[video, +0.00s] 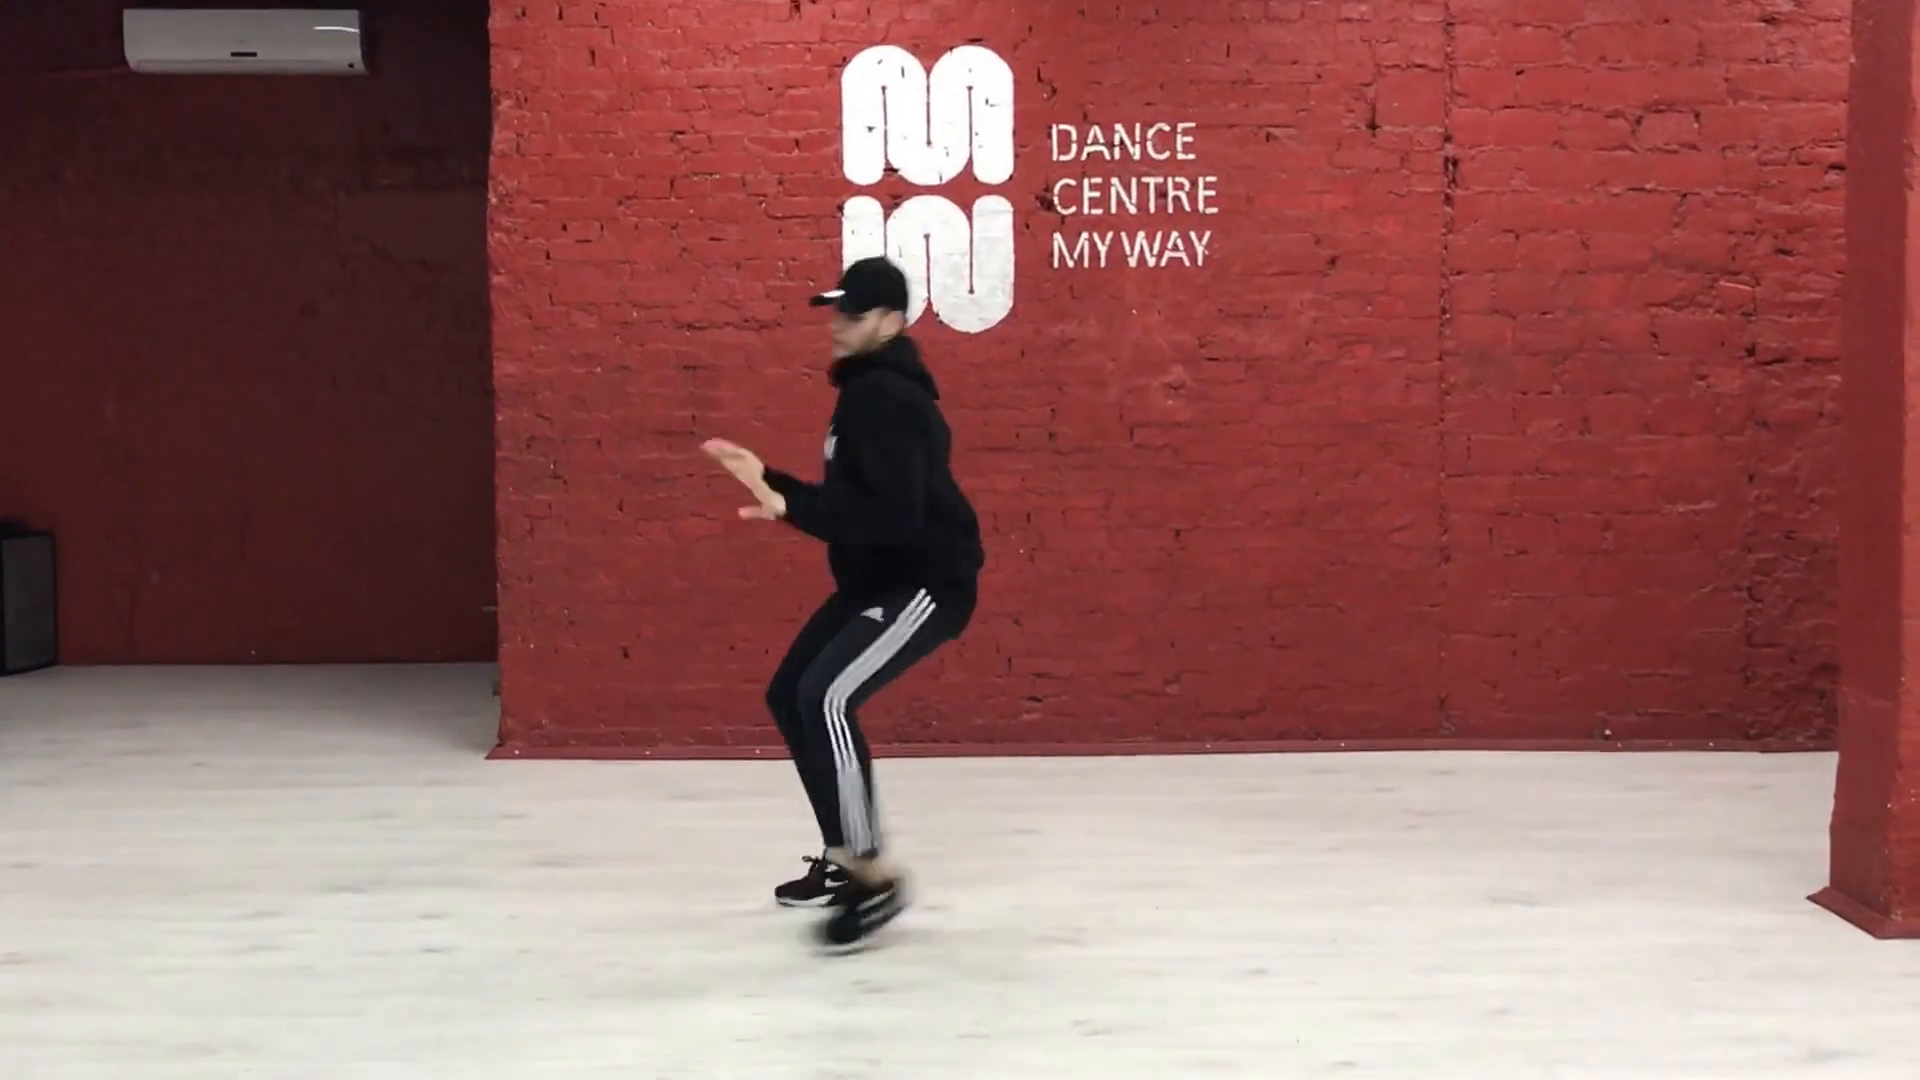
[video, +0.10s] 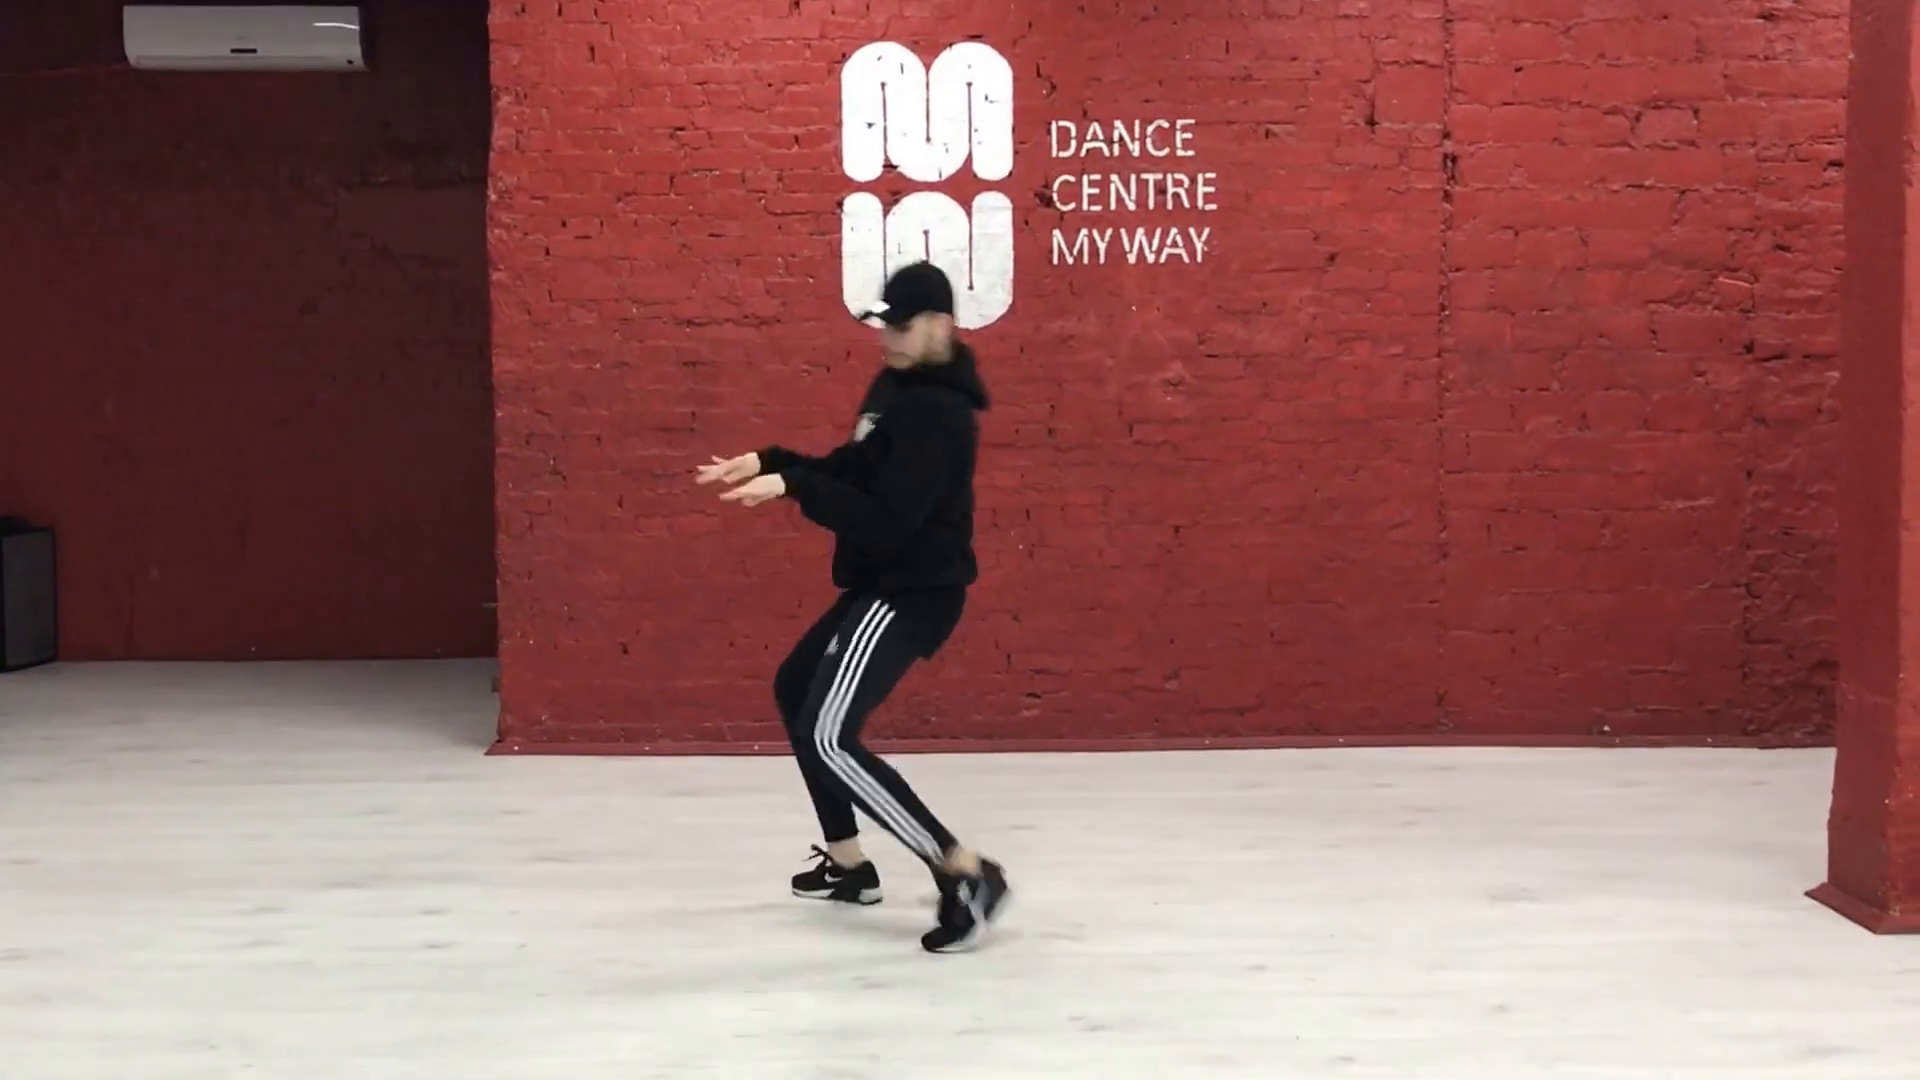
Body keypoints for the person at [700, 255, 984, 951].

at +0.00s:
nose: (836, 323)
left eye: (850, 313)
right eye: (837, 312)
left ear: (888, 320)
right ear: (862, 319)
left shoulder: (892, 395)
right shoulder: (863, 389)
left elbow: (890, 520)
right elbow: (848, 504)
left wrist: (791, 503)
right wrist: (774, 485)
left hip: (924, 590)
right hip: (878, 583)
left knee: (824, 697)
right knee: (790, 696)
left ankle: (870, 874)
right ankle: (846, 857)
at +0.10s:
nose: (886, 335)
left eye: (899, 323)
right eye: (885, 322)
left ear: (940, 325)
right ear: (893, 325)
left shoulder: (938, 405)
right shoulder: (895, 386)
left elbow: (887, 515)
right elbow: (852, 474)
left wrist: (795, 487)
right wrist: (772, 462)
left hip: (910, 596)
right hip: (876, 588)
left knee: (826, 736)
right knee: (795, 691)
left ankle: (965, 873)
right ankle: (847, 862)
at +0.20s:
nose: (917, 358)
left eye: (930, 345)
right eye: (912, 344)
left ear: (970, 343)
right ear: (911, 344)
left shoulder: (975, 434)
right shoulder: (926, 401)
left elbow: (892, 531)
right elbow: (864, 464)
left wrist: (817, 478)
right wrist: (789, 459)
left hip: (915, 605)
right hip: (882, 596)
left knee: (840, 753)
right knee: (799, 684)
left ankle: (982, 883)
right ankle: (844, 857)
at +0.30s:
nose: (927, 335)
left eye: (942, 322)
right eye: (922, 322)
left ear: (980, 325)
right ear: (917, 324)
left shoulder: (990, 414)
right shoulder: (926, 379)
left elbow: (919, 503)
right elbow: (878, 455)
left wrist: (848, 452)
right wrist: (804, 435)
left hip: (954, 599)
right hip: (912, 591)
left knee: (874, 747)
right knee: (826, 675)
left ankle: (996, 890)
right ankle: (853, 851)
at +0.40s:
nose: (942, 309)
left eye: (958, 298)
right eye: (935, 296)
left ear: (989, 306)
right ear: (923, 300)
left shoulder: (1000, 369)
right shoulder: (920, 362)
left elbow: (978, 453)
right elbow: (898, 423)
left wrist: (885, 438)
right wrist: (848, 422)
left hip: (1007, 579)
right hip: (948, 576)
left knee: (913, 711)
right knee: (859, 688)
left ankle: (994, 881)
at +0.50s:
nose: (958, 303)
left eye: (974, 292)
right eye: (949, 289)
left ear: (1000, 300)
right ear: (936, 295)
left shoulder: (1029, 373)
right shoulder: (936, 370)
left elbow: (1066, 478)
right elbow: (939, 463)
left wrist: (972, 541)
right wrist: (900, 517)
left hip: (1025, 575)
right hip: (962, 572)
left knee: (950, 723)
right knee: (923, 737)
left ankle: (1062, 851)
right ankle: (1048, 844)